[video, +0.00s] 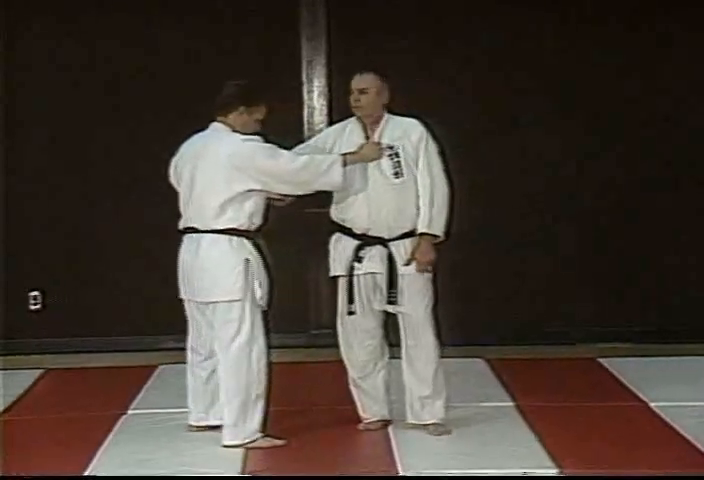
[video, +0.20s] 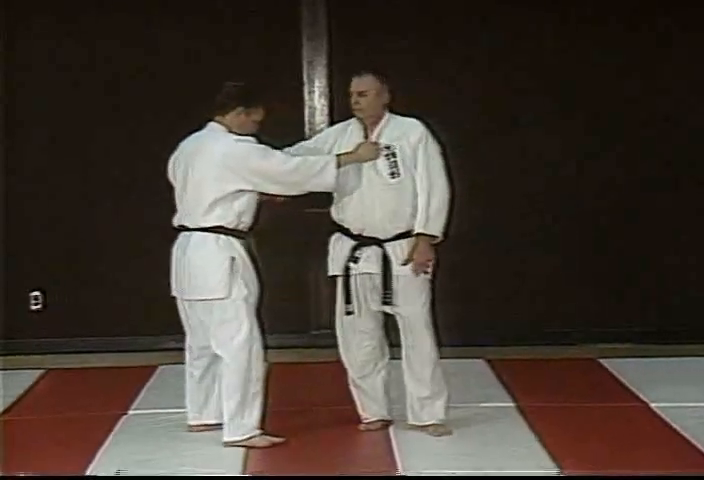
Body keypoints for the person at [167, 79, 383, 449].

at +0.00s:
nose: (260, 125)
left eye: (261, 118)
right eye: (257, 117)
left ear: (226, 113)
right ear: (238, 113)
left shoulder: (191, 146)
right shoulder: (243, 149)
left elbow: (176, 177)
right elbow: (295, 168)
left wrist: (255, 189)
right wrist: (355, 157)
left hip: (192, 251)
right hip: (229, 254)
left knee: (201, 342)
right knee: (240, 345)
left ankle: (203, 414)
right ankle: (241, 431)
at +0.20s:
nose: (258, 125)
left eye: (260, 118)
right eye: (256, 118)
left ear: (223, 113)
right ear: (239, 113)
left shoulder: (185, 149)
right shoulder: (235, 150)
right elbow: (288, 168)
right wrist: (351, 157)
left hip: (185, 252)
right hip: (220, 254)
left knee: (199, 342)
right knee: (240, 344)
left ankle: (201, 414)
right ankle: (241, 429)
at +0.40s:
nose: (255, 126)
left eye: (257, 119)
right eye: (254, 118)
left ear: (223, 113)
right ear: (237, 113)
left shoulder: (187, 147)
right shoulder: (235, 150)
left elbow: (175, 177)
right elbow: (288, 169)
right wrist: (350, 157)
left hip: (191, 250)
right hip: (224, 254)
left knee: (202, 341)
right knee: (238, 344)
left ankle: (202, 413)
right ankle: (237, 430)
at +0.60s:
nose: (256, 126)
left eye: (257, 119)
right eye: (254, 119)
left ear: (225, 113)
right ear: (236, 113)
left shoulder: (191, 145)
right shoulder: (236, 149)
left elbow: (176, 178)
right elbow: (290, 170)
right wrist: (352, 159)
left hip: (197, 248)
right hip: (230, 252)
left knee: (209, 340)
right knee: (239, 343)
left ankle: (205, 414)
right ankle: (237, 430)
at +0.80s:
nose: (257, 124)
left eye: (257, 116)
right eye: (254, 116)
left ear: (224, 112)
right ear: (236, 112)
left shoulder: (192, 144)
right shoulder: (238, 148)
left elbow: (176, 177)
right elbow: (292, 168)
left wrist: (216, 194)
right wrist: (354, 160)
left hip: (197, 248)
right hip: (232, 252)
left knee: (209, 341)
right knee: (238, 345)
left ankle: (206, 414)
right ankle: (237, 430)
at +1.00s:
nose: (259, 122)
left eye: (260, 115)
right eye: (257, 114)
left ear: (225, 112)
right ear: (239, 112)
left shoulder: (194, 143)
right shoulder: (238, 148)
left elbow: (177, 176)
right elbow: (292, 168)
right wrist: (355, 160)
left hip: (195, 248)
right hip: (229, 253)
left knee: (205, 343)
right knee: (237, 346)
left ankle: (206, 415)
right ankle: (237, 430)